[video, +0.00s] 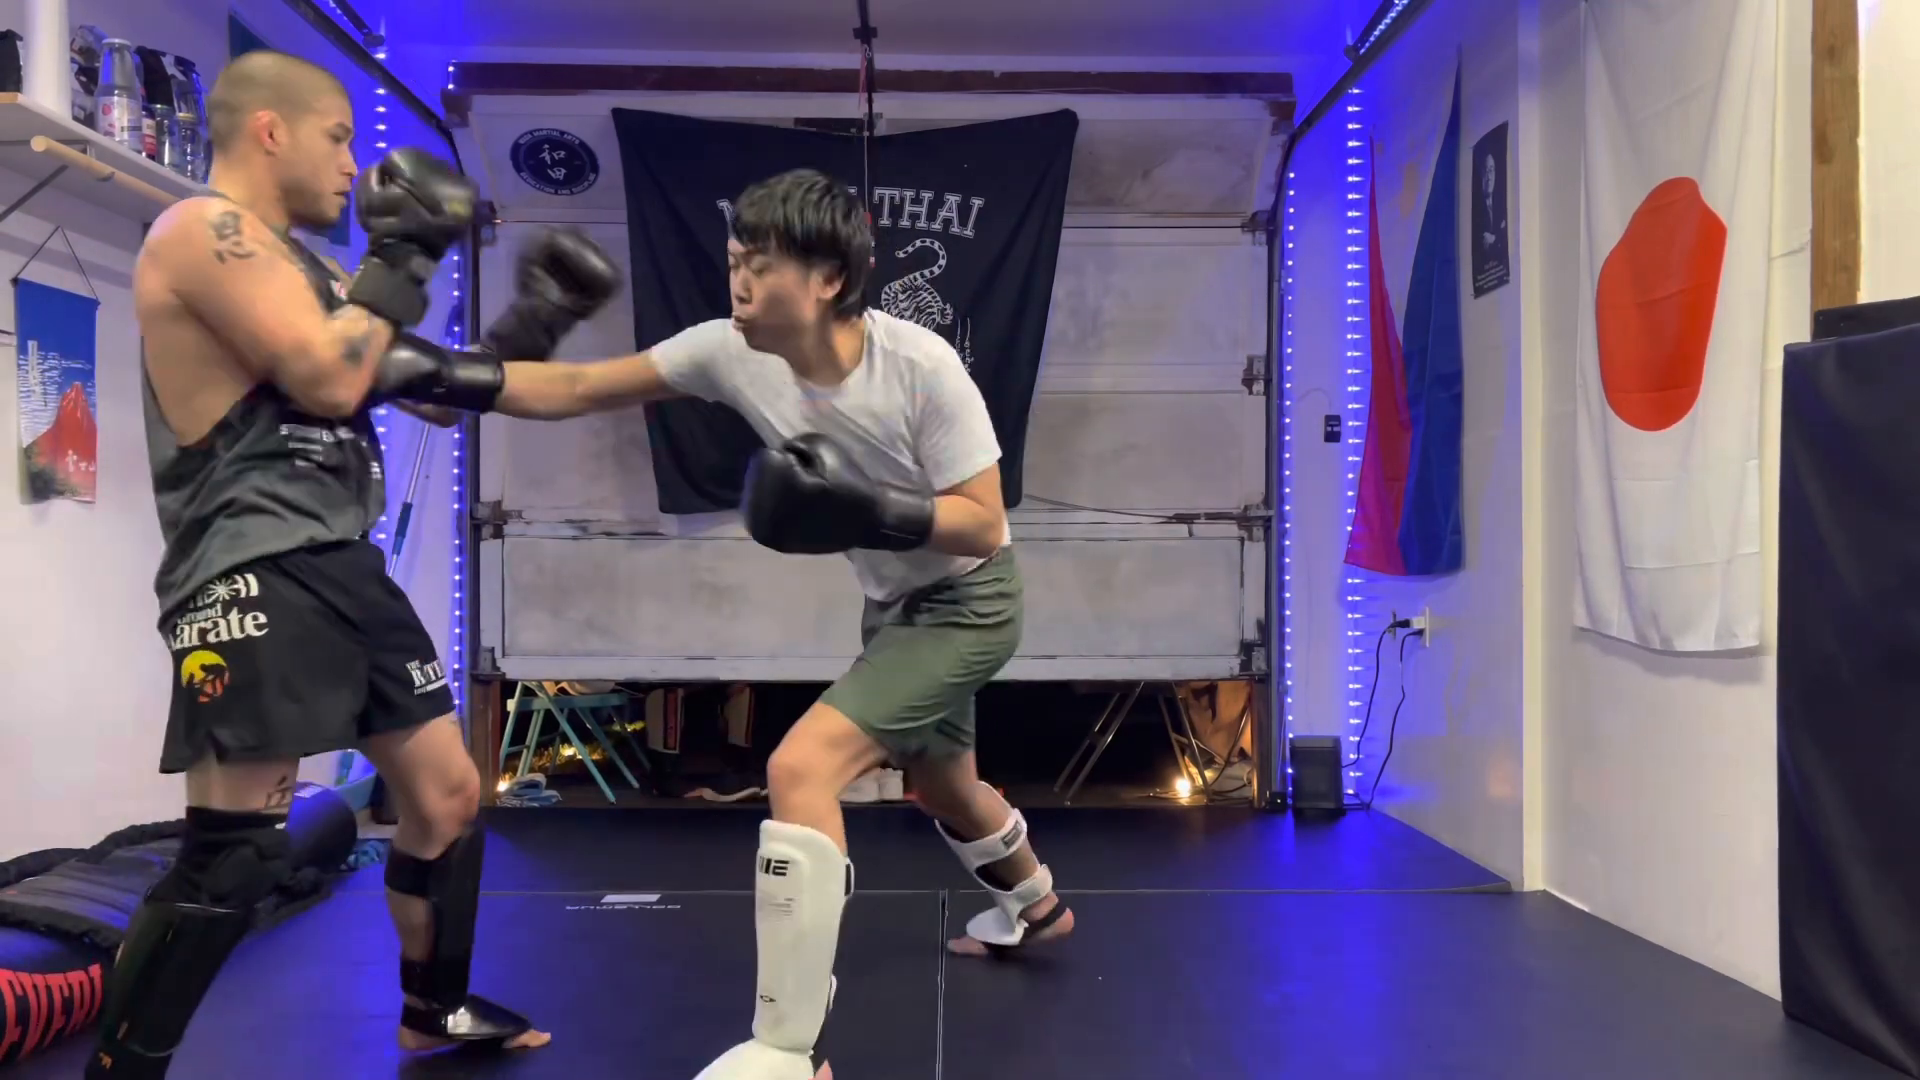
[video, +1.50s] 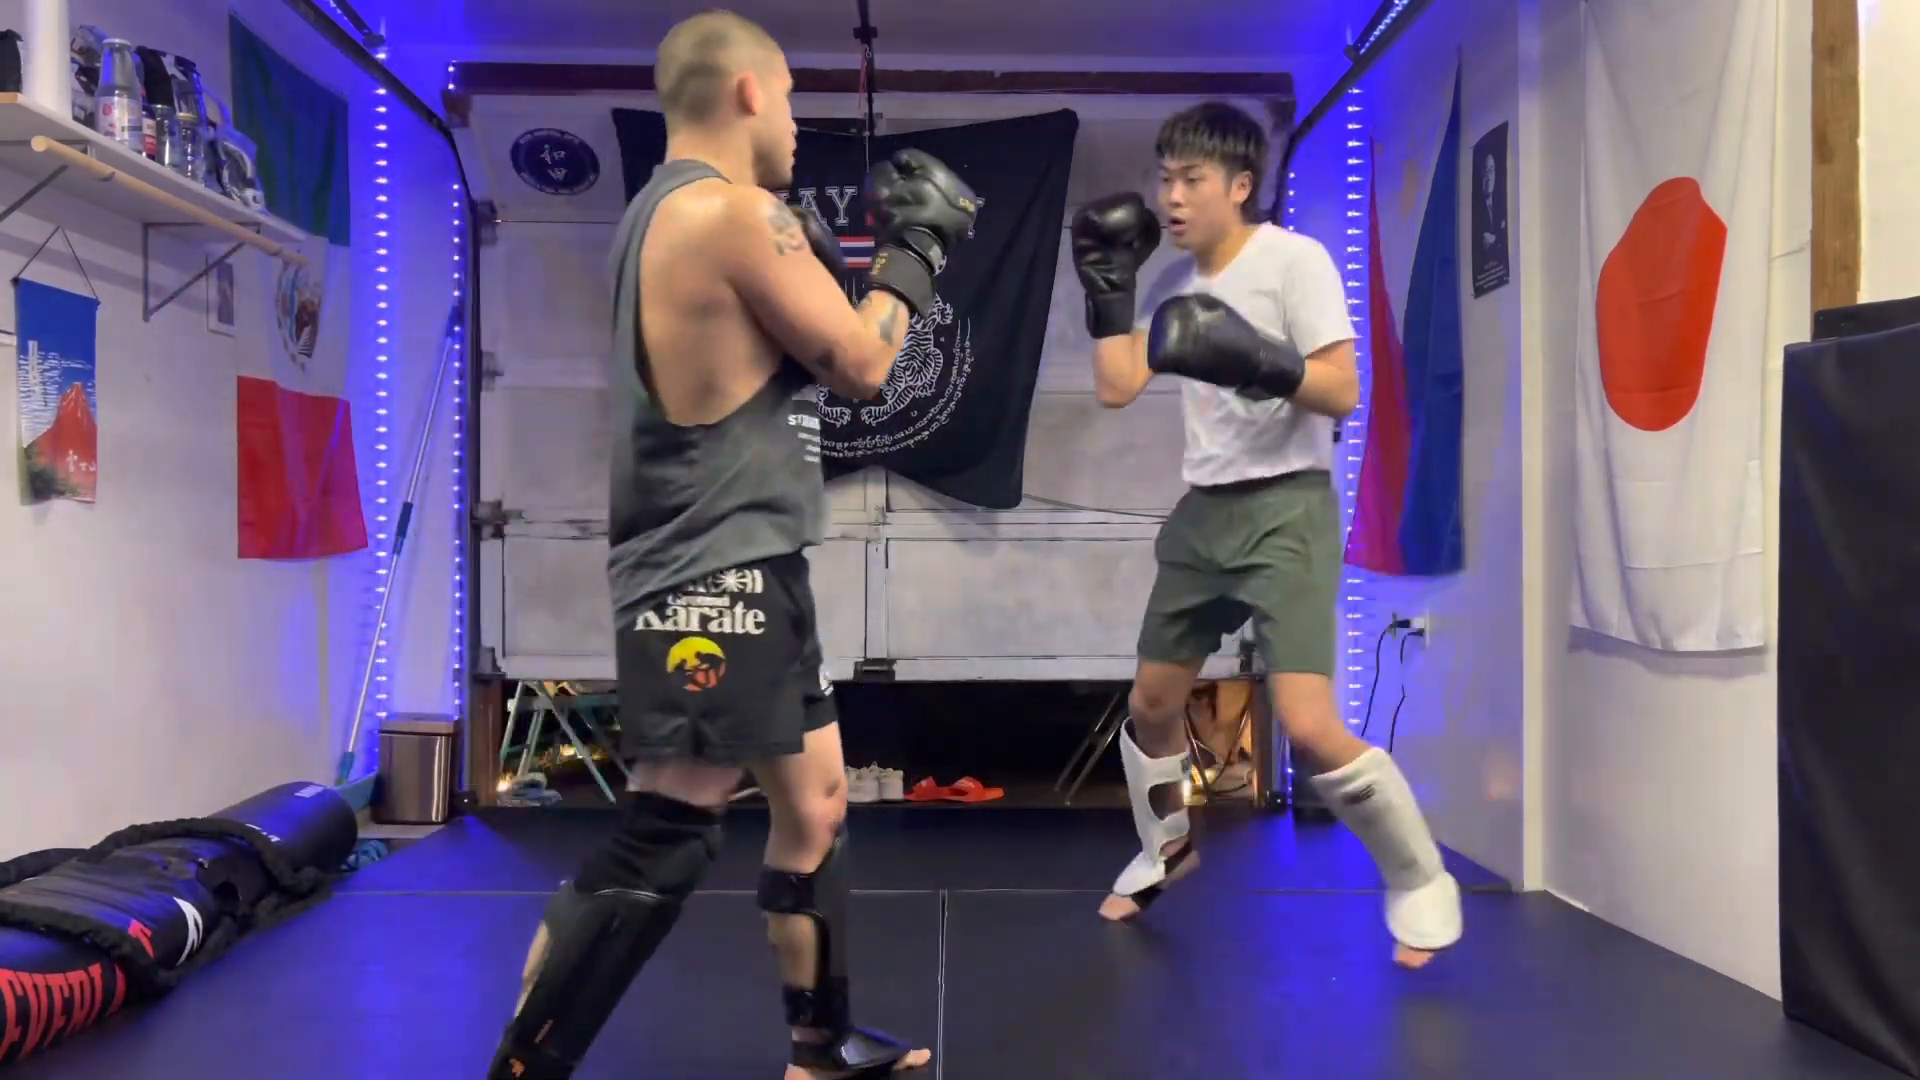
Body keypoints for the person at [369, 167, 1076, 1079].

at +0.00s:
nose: (738, 282)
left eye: (759, 263)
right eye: (738, 262)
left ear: (832, 280)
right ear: (738, 273)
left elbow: (984, 526)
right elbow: (573, 385)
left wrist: (872, 508)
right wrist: (435, 373)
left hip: (969, 599)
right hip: (894, 603)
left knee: (803, 770)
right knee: (948, 788)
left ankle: (786, 1049)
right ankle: (1033, 903)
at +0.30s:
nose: (900, 250)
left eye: (924, 235)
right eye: (900, 230)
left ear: (991, 254)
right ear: (900, 234)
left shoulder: (1068, 350)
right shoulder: (902, 315)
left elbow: (1093, 516)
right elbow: (813, 406)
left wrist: (994, 479)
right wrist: (770, 367)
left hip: (1029, 597)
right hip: (949, 583)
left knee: (875, 774)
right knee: (946, 805)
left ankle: (787, 1046)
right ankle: (1104, 924)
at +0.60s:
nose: (1024, 197)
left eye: (1041, 175)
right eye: (1024, 176)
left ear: (1109, 182)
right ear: (1092, 187)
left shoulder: (1143, 254)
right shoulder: (1111, 272)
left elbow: (972, 303)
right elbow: (1040, 390)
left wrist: (819, 272)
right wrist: (1018, 272)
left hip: (1213, 537)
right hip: (1182, 536)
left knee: (1100, 793)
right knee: (1104, 743)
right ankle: (1182, 924)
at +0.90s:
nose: (1158, 179)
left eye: (1178, 158)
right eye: (1157, 161)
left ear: (1239, 167)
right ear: (1195, 175)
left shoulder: (1295, 240)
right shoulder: (1209, 281)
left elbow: (1339, 388)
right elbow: (1139, 373)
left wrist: (1208, 377)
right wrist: (1111, 278)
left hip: (1344, 515)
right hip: (1292, 526)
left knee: (1280, 747)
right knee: (1360, 754)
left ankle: (1314, 1020)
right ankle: (1476, 929)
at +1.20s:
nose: (1229, 213)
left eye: (1248, 193)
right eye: (1225, 196)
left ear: (1305, 203)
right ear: (1234, 210)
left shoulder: (1360, 274)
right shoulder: (1265, 326)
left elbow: (1415, 414)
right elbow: (1233, 446)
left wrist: (1291, 396)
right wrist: (1196, 344)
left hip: (1397, 545)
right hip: (1312, 559)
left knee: (1463, 771)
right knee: (1215, 729)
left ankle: (1586, 965)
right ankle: (1225, 913)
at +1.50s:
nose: (1171, 196)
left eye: (1189, 179)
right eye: (1165, 180)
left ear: (1242, 186)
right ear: (1163, 189)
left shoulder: (1296, 262)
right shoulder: (1177, 286)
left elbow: (1341, 391)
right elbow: (1116, 384)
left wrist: (1249, 361)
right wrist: (1109, 285)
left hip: (1289, 508)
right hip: (1203, 511)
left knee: (1305, 722)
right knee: (1153, 702)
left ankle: (1421, 885)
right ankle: (1162, 846)